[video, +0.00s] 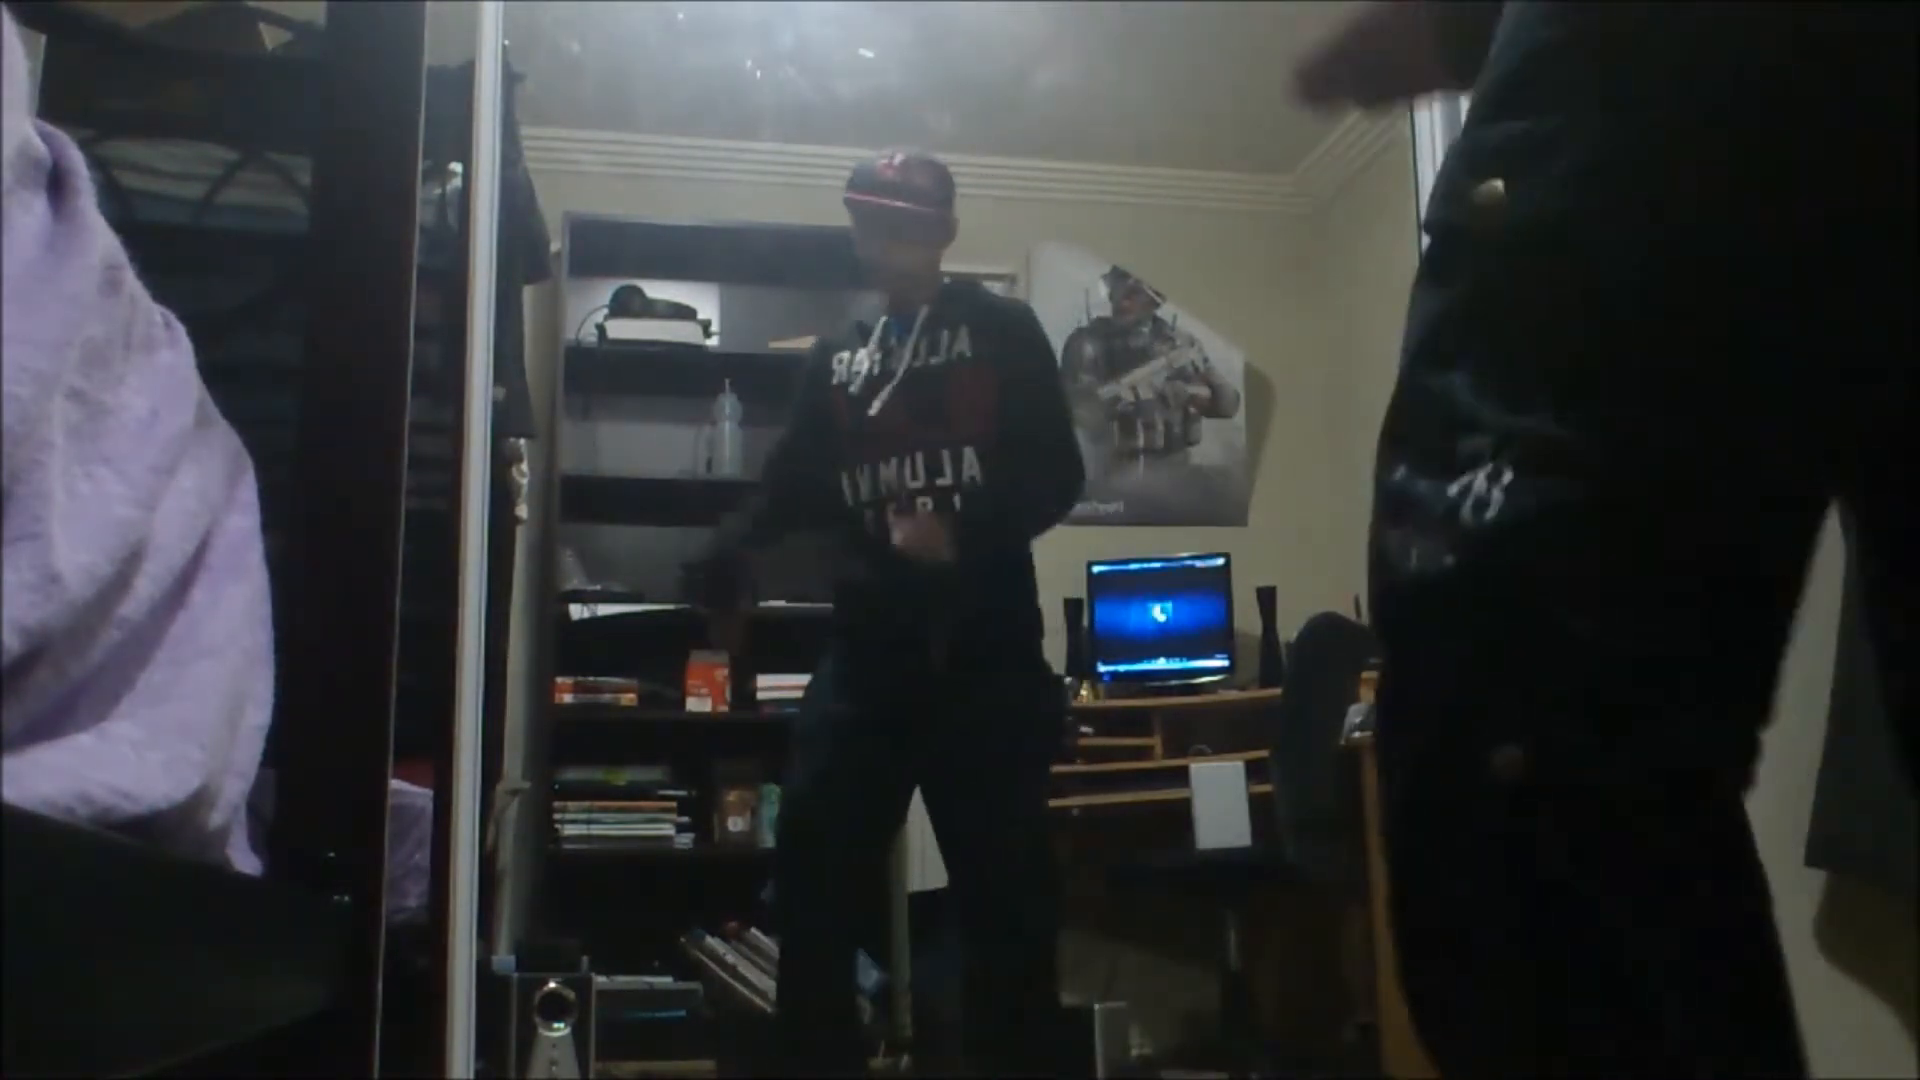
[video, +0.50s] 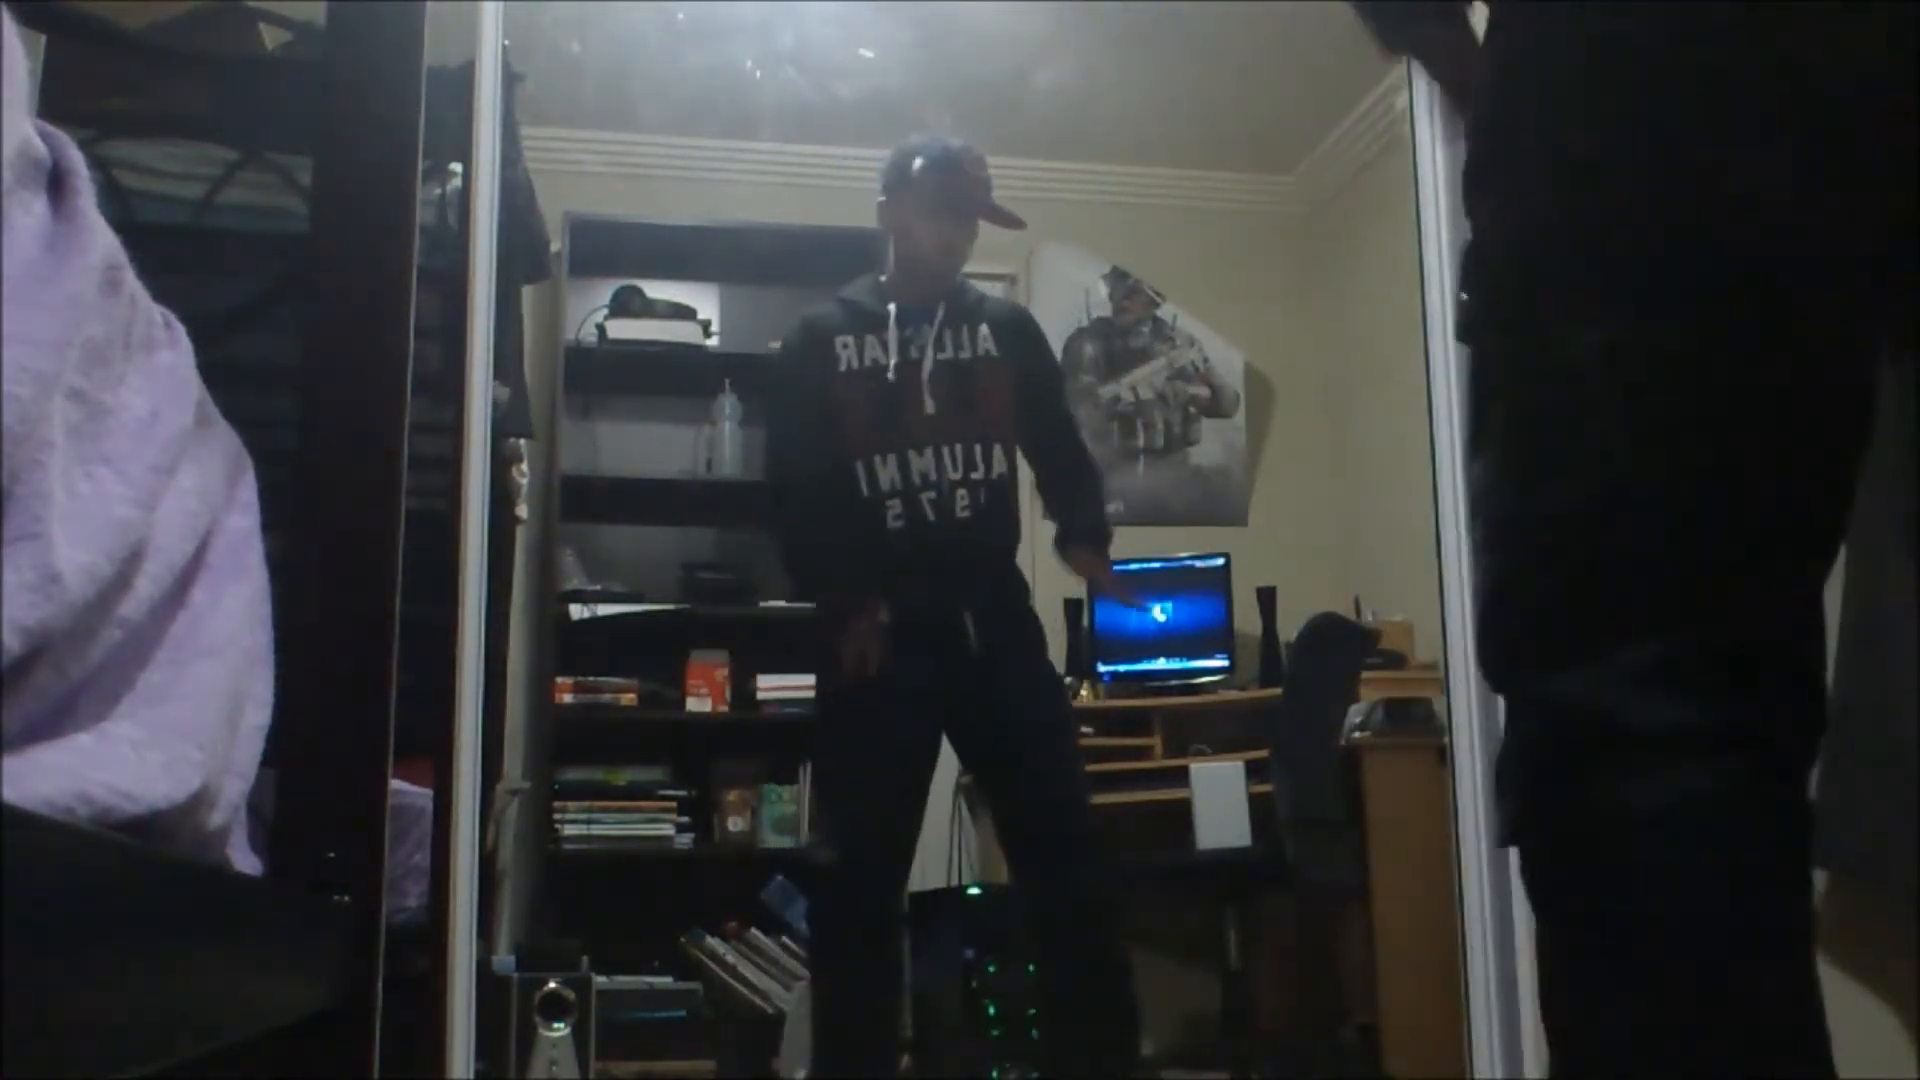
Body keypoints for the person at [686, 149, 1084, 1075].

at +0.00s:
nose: (880, 239)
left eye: (900, 222)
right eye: (868, 223)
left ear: (942, 230)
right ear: (854, 229)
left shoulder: (1004, 332)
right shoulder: (838, 357)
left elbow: (1055, 475)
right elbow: (787, 492)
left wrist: (964, 529)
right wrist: (721, 559)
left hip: (982, 641)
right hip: (868, 643)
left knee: (1001, 873)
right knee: (817, 850)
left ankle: (1011, 1064)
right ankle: (817, 1059)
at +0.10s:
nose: (870, 235)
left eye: (890, 219)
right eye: (857, 219)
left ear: (930, 227)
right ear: (841, 227)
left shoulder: (989, 326)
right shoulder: (824, 357)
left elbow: (1072, 465)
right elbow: (783, 501)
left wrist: (996, 534)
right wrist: (735, 609)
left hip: (975, 641)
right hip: (862, 643)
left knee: (1002, 879)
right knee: (826, 876)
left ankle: (1024, 1065)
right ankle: (819, 1063)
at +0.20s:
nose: (858, 233)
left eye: (880, 218)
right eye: (847, 215)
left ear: (921, 230)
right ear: (832, 224)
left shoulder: (987, 330)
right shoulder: (801, 359)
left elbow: (1088, 465)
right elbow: (779, 508)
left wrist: (1053, 515)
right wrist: (805, 595)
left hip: (976, 636)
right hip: (856, 644)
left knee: (1027, 869)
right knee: (825, 881)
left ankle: (1054, 1064)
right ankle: (818, 1070)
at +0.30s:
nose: (892, 214)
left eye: (914, 202)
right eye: (877, 197)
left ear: (941, 225)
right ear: (846, 214)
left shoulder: (989, 329)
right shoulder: (802, 352)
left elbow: (1080, 441)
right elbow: (782, 501)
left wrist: (1087, 478)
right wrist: (810, 624)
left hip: (983, 625)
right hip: (860, 633)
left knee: (1049, 851)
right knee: (835, 868)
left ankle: (1093, 1056)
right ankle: (820, 1065)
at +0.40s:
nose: (945, 231)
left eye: (958, 215)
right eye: (927, 210)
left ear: (970, 225)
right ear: (877, 212)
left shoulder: (999, 325)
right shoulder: (813, 343)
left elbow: (1064, 431)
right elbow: (800, 494)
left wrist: (1101, 476)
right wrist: (828, 617)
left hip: (993, 613)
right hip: (874, 622)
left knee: (1064, 832)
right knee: (860, 863)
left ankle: (1094, 1056)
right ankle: (844, 1065)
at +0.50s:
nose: (960, 230)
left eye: (971, 214)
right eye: (941, 209)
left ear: (982, 223)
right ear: (889, 211)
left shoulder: (1006, 327)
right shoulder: (822, 335)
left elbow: (1054, 440)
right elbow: (798, 486)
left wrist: (1082, 526)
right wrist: (841, 601)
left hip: (993, 614)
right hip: (875, 620)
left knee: (1062, 843)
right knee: (864, 866)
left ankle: (1095, 1059)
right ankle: (852, 1068)